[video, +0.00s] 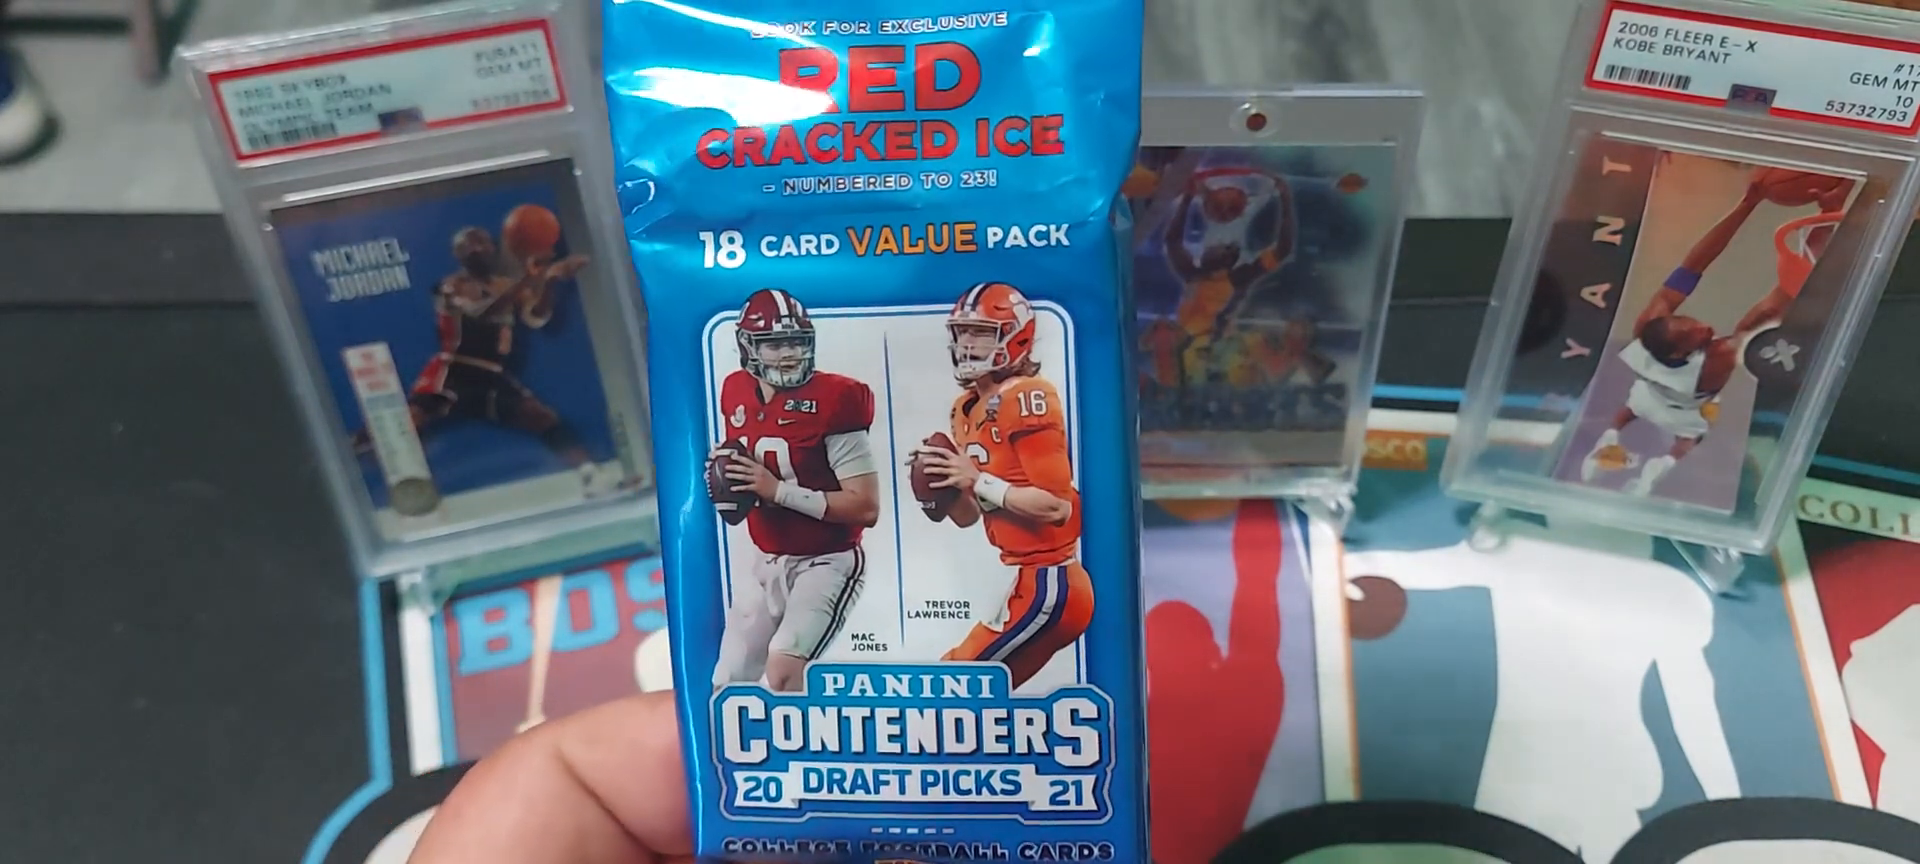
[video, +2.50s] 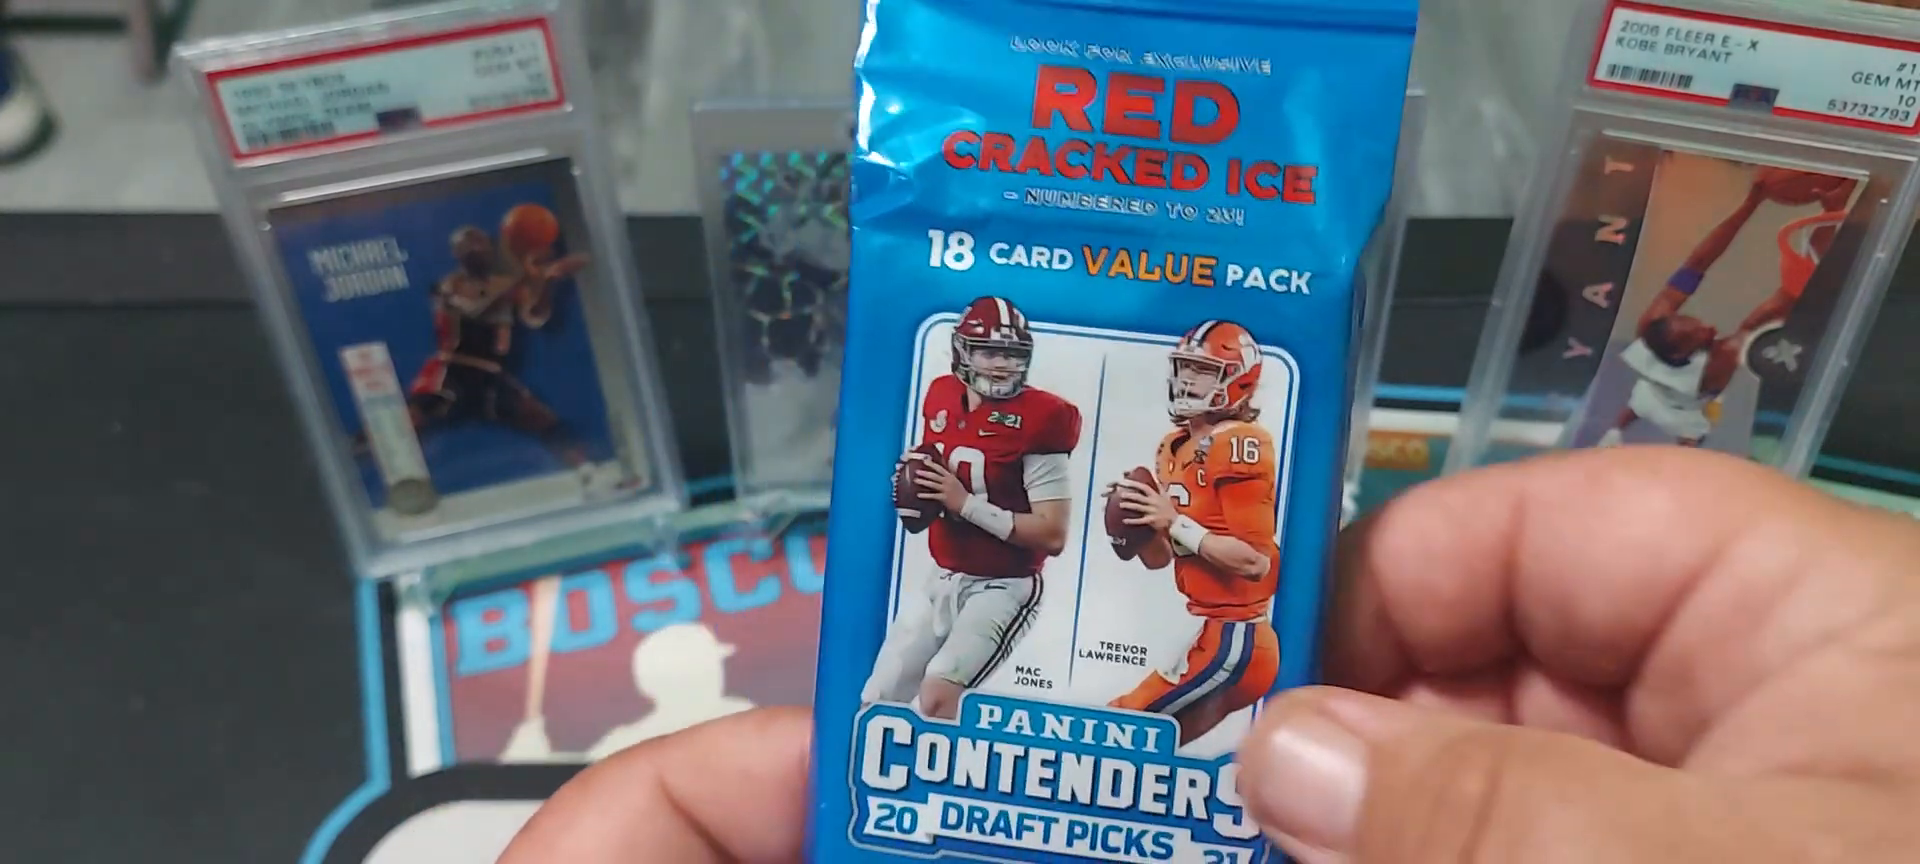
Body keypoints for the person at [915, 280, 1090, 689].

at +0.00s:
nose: (967, 346)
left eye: (981, 335)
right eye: (962, 334)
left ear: (1015, 339)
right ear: (953, 337)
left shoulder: (1027, 396)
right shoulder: (964, 409)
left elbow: (1054, 505)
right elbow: (966, 515)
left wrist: (976, 479)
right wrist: (937, 485)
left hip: (1050, 585)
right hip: (1030, 582)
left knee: (947, 689)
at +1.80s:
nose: (962, 358)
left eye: (978, 347)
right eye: (957, 345)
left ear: (1012, 355)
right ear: (947, 350)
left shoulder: (1025, 410)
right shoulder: (961, 424)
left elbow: (1058, 524)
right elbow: (964, 534)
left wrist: (975, 498)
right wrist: (935, 505)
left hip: (1052, 605)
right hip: (1029, 602)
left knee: (951, 712)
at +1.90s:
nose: (1033, 381)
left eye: (1049, 369)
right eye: (1028, 367)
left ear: (1083, 378)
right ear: (1018, 371)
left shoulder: (1095, 435)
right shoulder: (1032, 447)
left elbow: (1124, 551)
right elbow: (1029, 558)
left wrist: (1041, 523)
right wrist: (999, 528)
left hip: (1115, 633)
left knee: (1012, 739)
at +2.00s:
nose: (1087, 412)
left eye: (1103, 399)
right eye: (1082, 398)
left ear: (1139, 409)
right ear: (1074, 401)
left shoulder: (1151, 468)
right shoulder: (1086, 479)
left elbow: (1180, 587)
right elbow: (1081, 592)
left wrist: (1093, 556)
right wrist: (1050, 563)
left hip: (1169, 672)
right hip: (1145, 668)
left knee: (1057, 778)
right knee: (1073, 788)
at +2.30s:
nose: (1142, 409)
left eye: (1158, 398)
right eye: (1139, 397)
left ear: (1194, 406)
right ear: (1130, 400)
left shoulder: (1203, 468)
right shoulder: (1134, 474)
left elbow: (1222, 584)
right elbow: (1126, 588)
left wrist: (1140, 551)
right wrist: (1097, 555)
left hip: (1210, 669)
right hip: (1186, 664)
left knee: (1093, 768)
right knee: (1108, 779)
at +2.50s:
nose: (1187, 383)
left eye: (1203, 373)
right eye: (1184, 369)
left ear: (1238, 382)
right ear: (1173, 370)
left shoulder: (1242, 443)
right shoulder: (1173, 445)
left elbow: (1253, 559)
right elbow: (1158, 558)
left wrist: (1173, 522)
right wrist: (1135, 522)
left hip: (1236, 642)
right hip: (1213, 637)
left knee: (1112, 735)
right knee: (1129, 746)